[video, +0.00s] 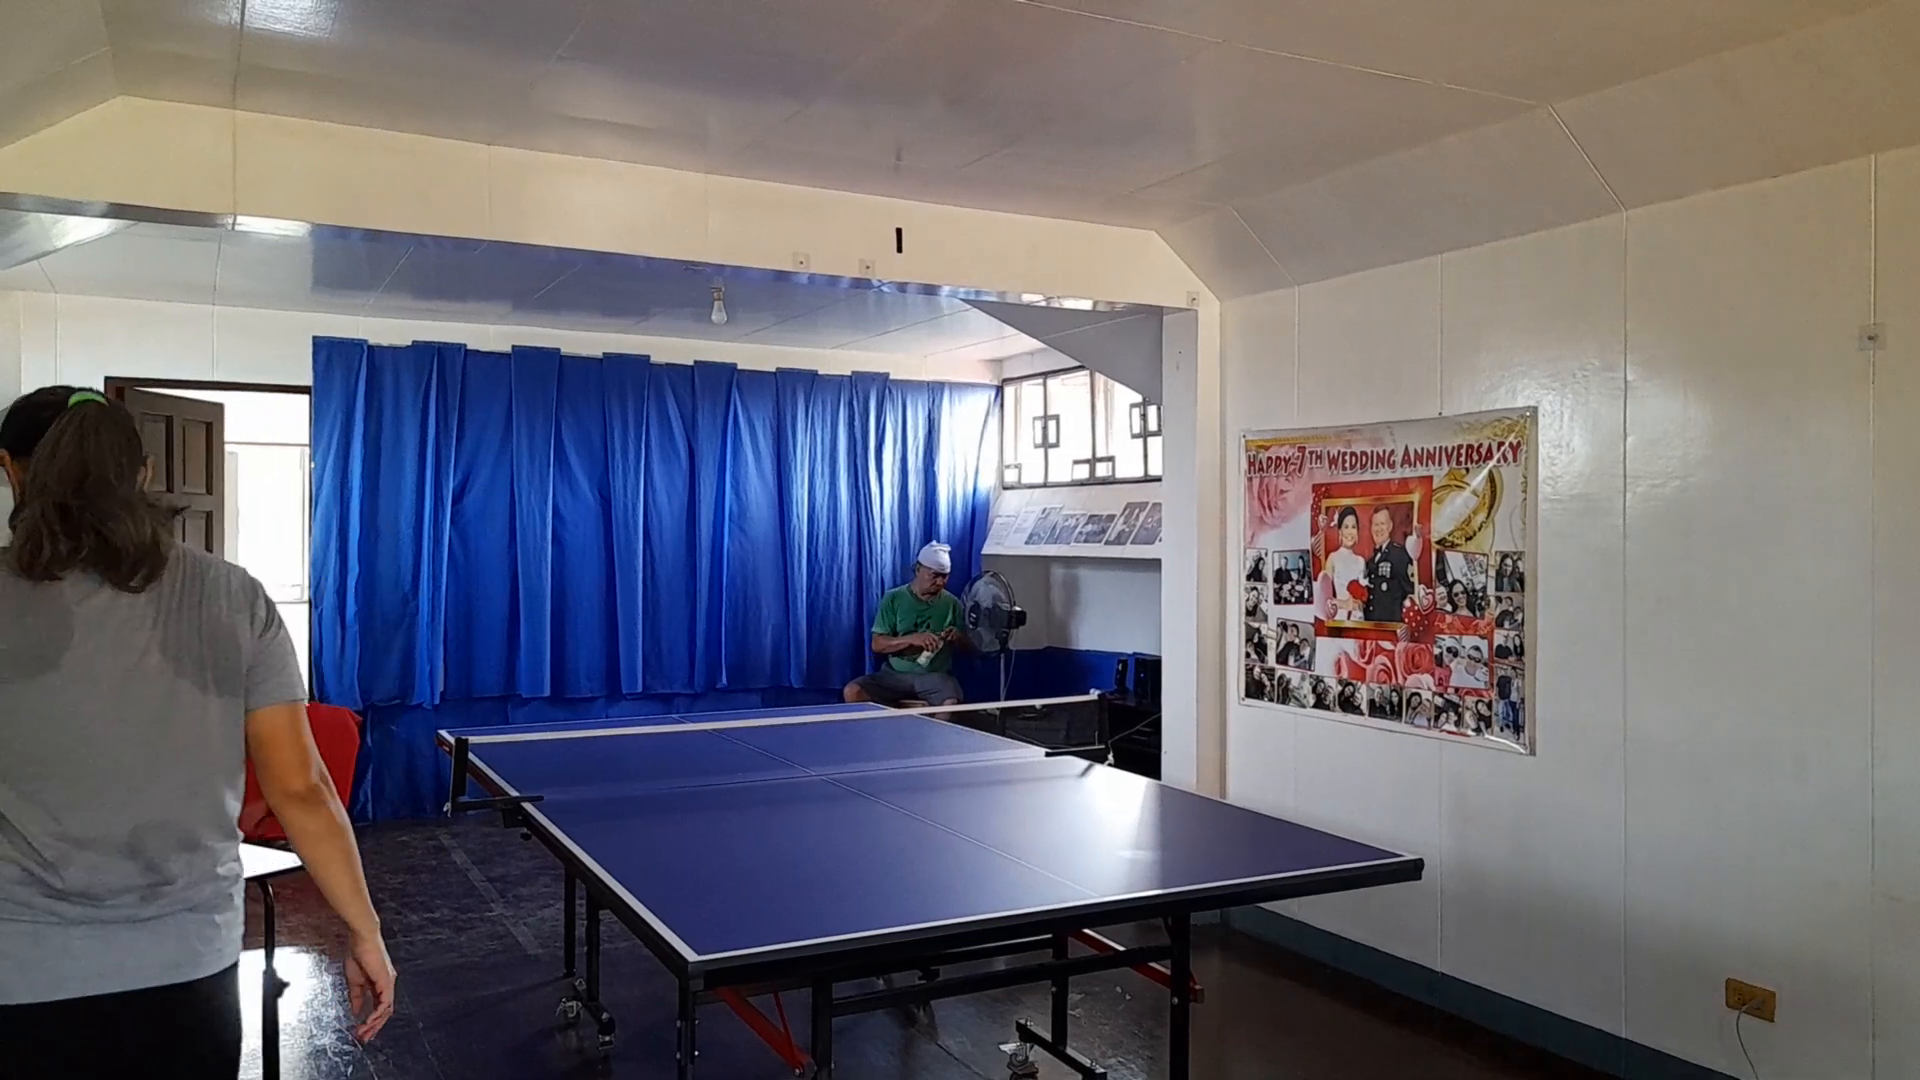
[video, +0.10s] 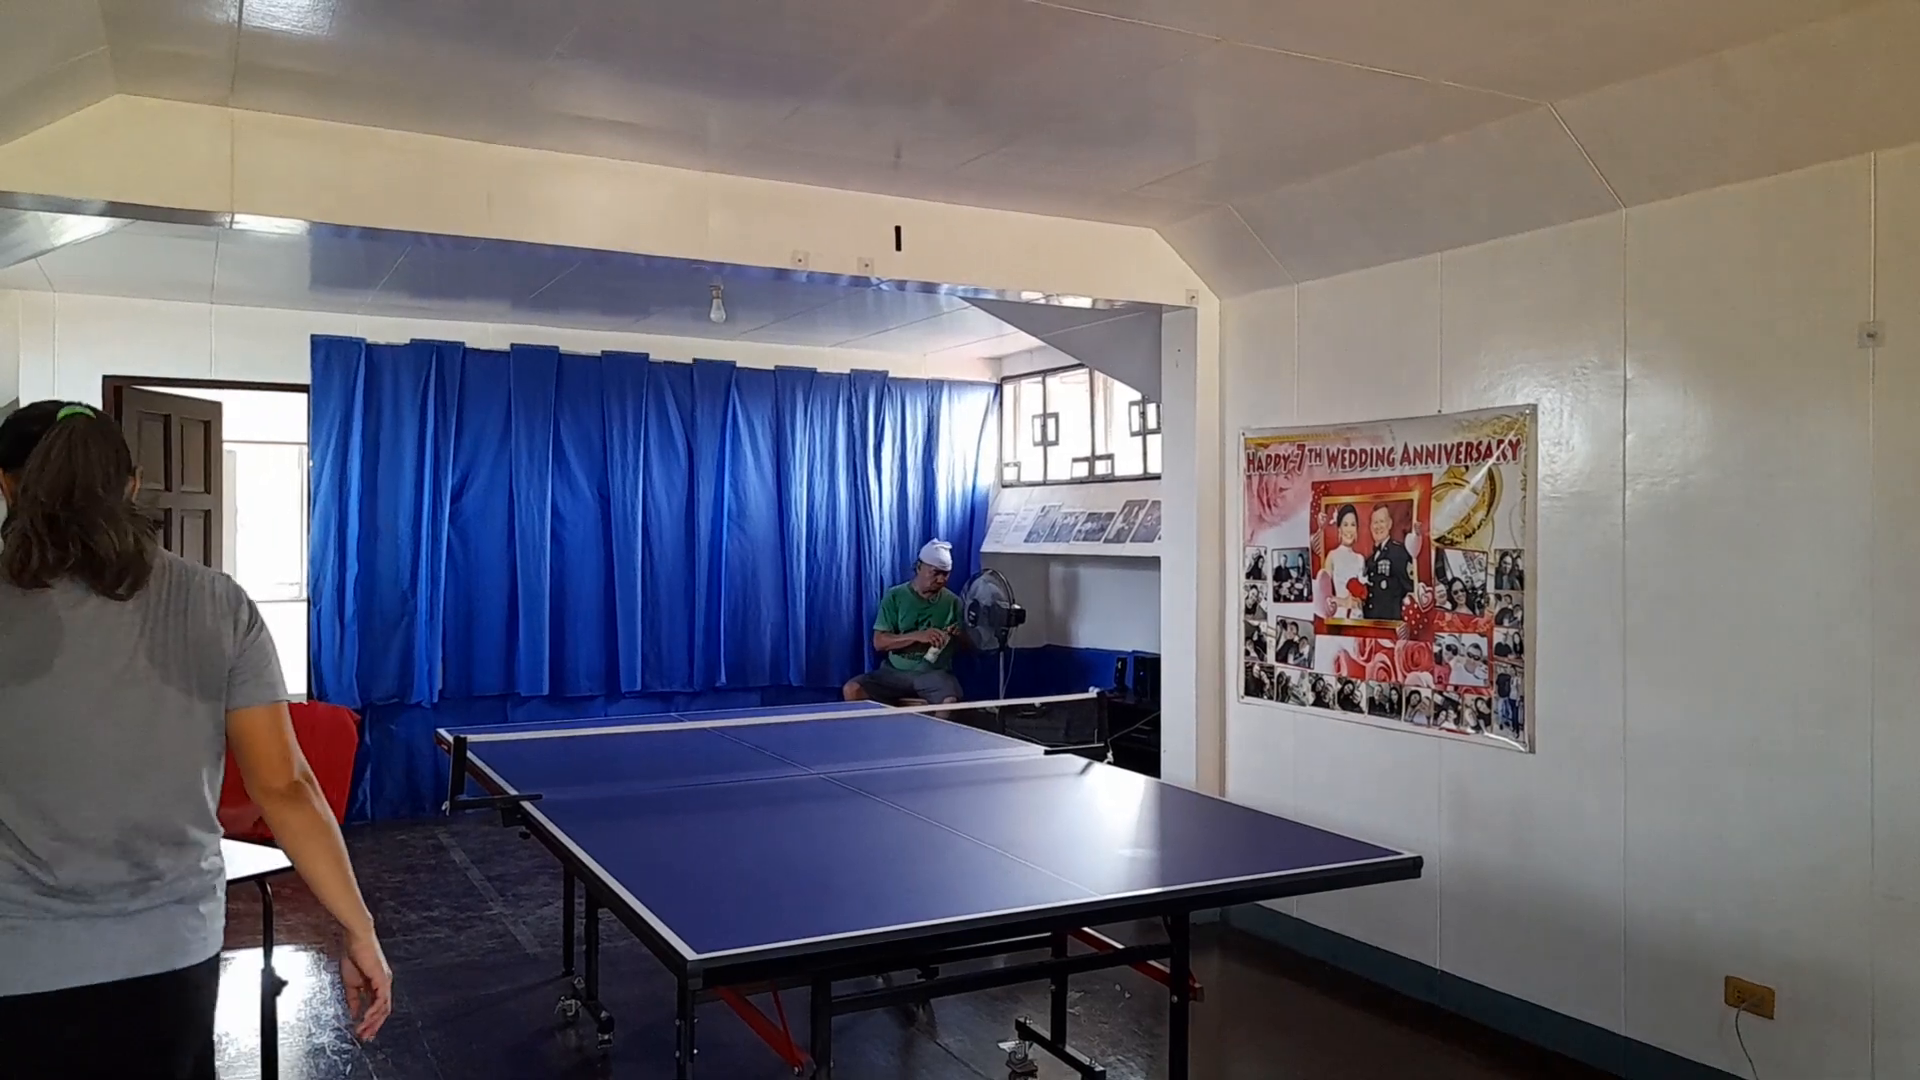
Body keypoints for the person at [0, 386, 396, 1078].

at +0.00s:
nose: (8, 477)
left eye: (9, 467)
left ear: (16, 475)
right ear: (137, 470)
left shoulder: (10, 594)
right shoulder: (228, 597)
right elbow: (298, 787)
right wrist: (366, 931)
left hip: (25, 996)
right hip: (183, 995)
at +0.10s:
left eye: (5, 477)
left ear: (9, 486)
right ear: (128, 482)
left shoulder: (9, 599)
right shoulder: (214, 604)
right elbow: (284, 786)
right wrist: (360, 928)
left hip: (21, 974)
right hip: (172, 966)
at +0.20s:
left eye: (5, 482)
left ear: (10, 490)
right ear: (127, 485)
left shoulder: (9, 594)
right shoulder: (204, 603)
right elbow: (268, 781)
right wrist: (339, 917)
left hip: (22, 963)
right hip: (163, 953)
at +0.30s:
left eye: (11, 476)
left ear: (15, 481)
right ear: (130, 482)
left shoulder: (8, 589)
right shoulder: (199, 594)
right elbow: (253, 769)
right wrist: (306, 900)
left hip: (24, 958)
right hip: (164, 951)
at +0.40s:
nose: (5, 477)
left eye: (4, 468)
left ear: (10, 477)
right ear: (121, 475)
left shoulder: (7, 582)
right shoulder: (188, 584)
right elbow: (239, 755)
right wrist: (269, 868)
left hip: (22, 932)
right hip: (157, 921)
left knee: (39, 1067)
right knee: (133, 1065)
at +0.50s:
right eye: (114, 464)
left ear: (5, 477)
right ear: (109, 475)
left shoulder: (4, 577)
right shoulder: (177, 579)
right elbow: (224, 744)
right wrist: (233, 837)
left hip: (14, 911)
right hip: (139, 905)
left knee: (17, 1067)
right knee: (110, 1067)